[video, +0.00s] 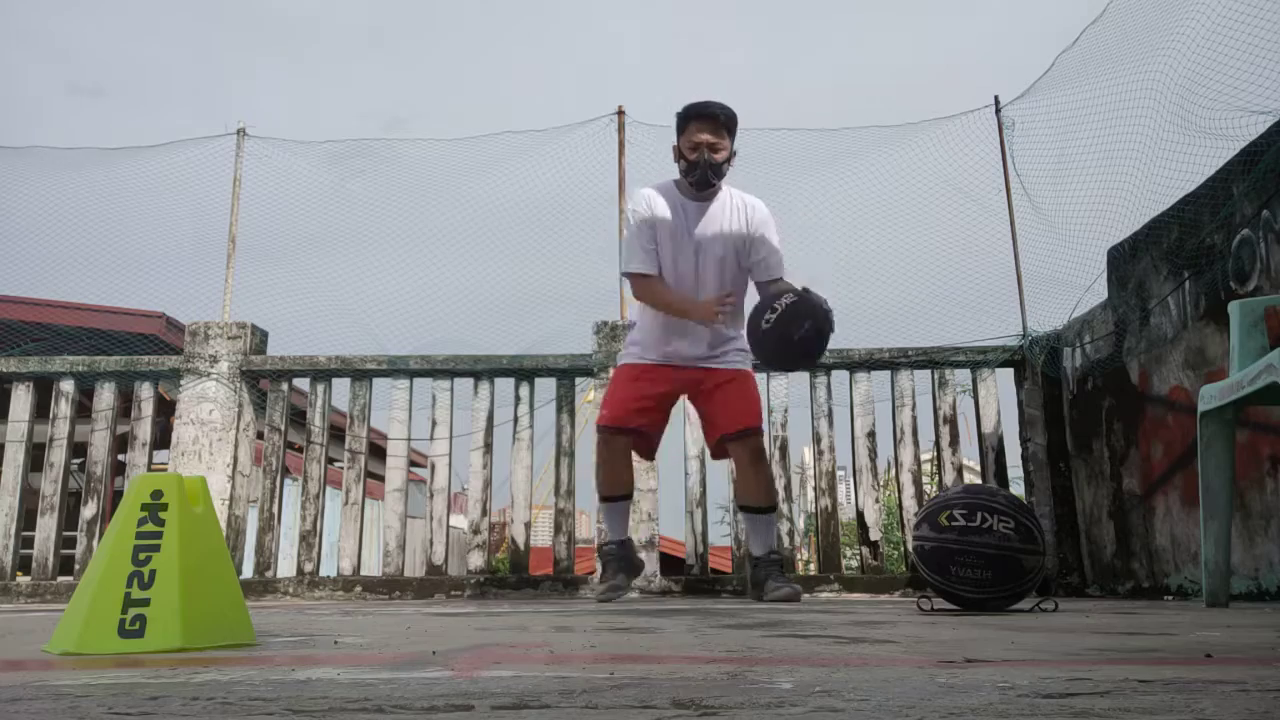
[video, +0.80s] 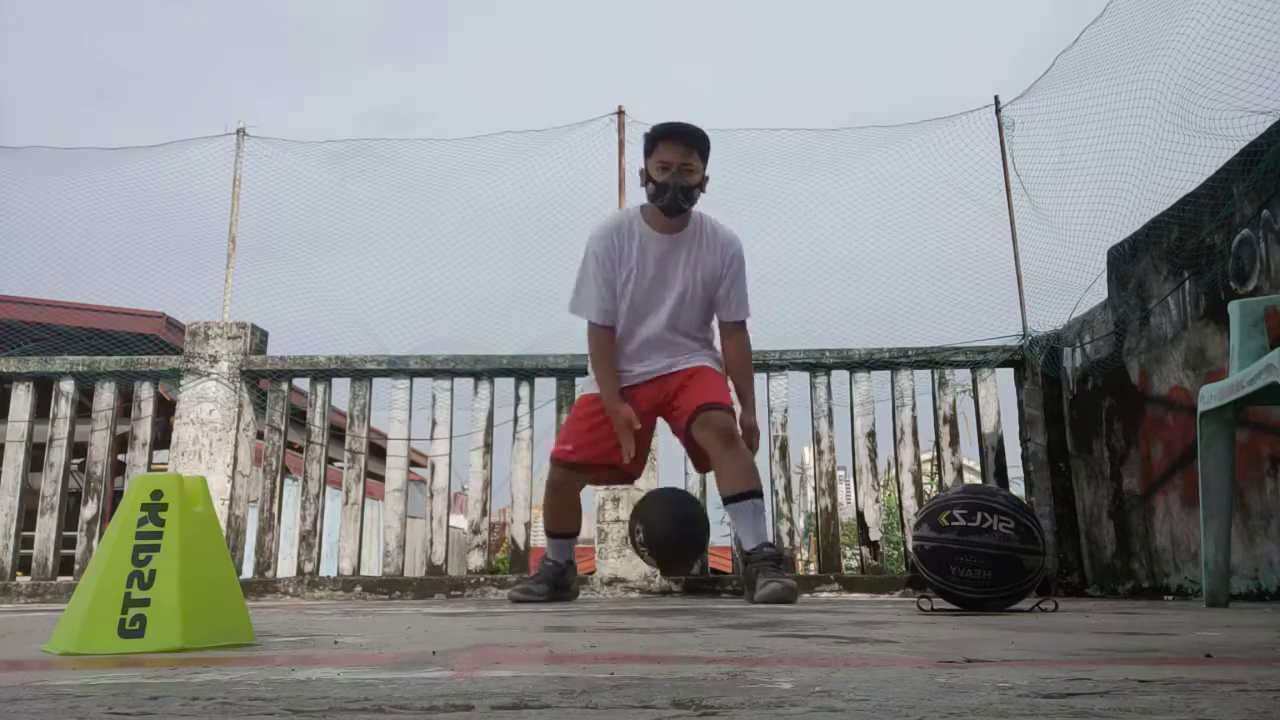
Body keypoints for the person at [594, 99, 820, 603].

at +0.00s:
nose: (705, 154)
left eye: (715, 146)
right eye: (695, 145)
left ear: (731, 152)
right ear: (678, 149)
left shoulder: (751, 213)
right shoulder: (649, 204)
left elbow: (775, 287)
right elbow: (641, 284)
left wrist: (797, 308)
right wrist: (697, 309)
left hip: (725, 358)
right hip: (651, 356)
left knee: (750, 442)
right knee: (612, 431)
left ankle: (766, 566)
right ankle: (619, 557)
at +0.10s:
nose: (702, 162)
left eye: (712, 154)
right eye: (692, 153)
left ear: (728, 161)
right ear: (675, 157)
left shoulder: (747, 221)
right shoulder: (647, 212)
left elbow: (751, 300)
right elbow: (651, 293)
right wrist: (686, 352)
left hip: (722, 358)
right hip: (651, 353)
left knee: (749, 450)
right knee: (597, 432)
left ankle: (766, 566)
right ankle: (585, 555)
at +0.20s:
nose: (688, 166)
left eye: (699, 158)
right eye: (678, 157)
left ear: (715, 166)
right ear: (661, 162)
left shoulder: (732, 226)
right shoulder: (632, 220)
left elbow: (729, 311)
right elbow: (630, 305)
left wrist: (708, 376)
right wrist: (639, 378)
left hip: (711, 369)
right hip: (641, 371)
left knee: (747, 451)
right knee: (586, 454)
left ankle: (766, 567)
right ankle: (556, 567)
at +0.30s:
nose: (661, 174)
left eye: (673, 164)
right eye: (651, 164)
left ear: (691, 171)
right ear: (637, 169)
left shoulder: (712, 230)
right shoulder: (608, 232)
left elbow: (719, 315)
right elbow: (590, 310)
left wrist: (695, 376)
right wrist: (569, 379)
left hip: (700, 371)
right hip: (625, 372)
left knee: (735, 452)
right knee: (574, 443)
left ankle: (765, 568)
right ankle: (557, 568)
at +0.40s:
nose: (639, 173)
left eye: (651, 164)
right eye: (629, 162)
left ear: (668, 170)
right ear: (613, 167)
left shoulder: (695, 228)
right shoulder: (592, 228)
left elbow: (722, 308)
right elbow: (566, 300)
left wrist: (705, 368)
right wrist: (524, 336)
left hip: (687, 372)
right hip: (613, 373)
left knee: (724, 455)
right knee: (564, 446)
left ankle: (763, 568)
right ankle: (556, 569)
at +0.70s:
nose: (644, 171)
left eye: (656, 161)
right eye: (634, 159)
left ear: (675, 168)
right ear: (618, 162)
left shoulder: (700, 230)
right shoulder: (588, 228)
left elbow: (727, 308)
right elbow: (569, 308)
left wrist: (744, 375)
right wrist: (560, 360)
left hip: (682, 358)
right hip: (605, 365)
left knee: (715, 427)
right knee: (557, 451)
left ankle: (761, 555)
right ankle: (556, 567)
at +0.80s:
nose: (674, 181)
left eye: (686, 171)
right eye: (663, 169)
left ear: (703, 179)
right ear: (645, 173)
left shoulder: (721, 245)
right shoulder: (610, 238)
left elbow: (734, 332)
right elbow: (600, 328)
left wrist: (748, 410)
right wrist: (612, 402)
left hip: (691, 367)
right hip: (622, 374)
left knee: (719, 428)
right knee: (563, 468)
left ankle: (762, 563)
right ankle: (557, 570)